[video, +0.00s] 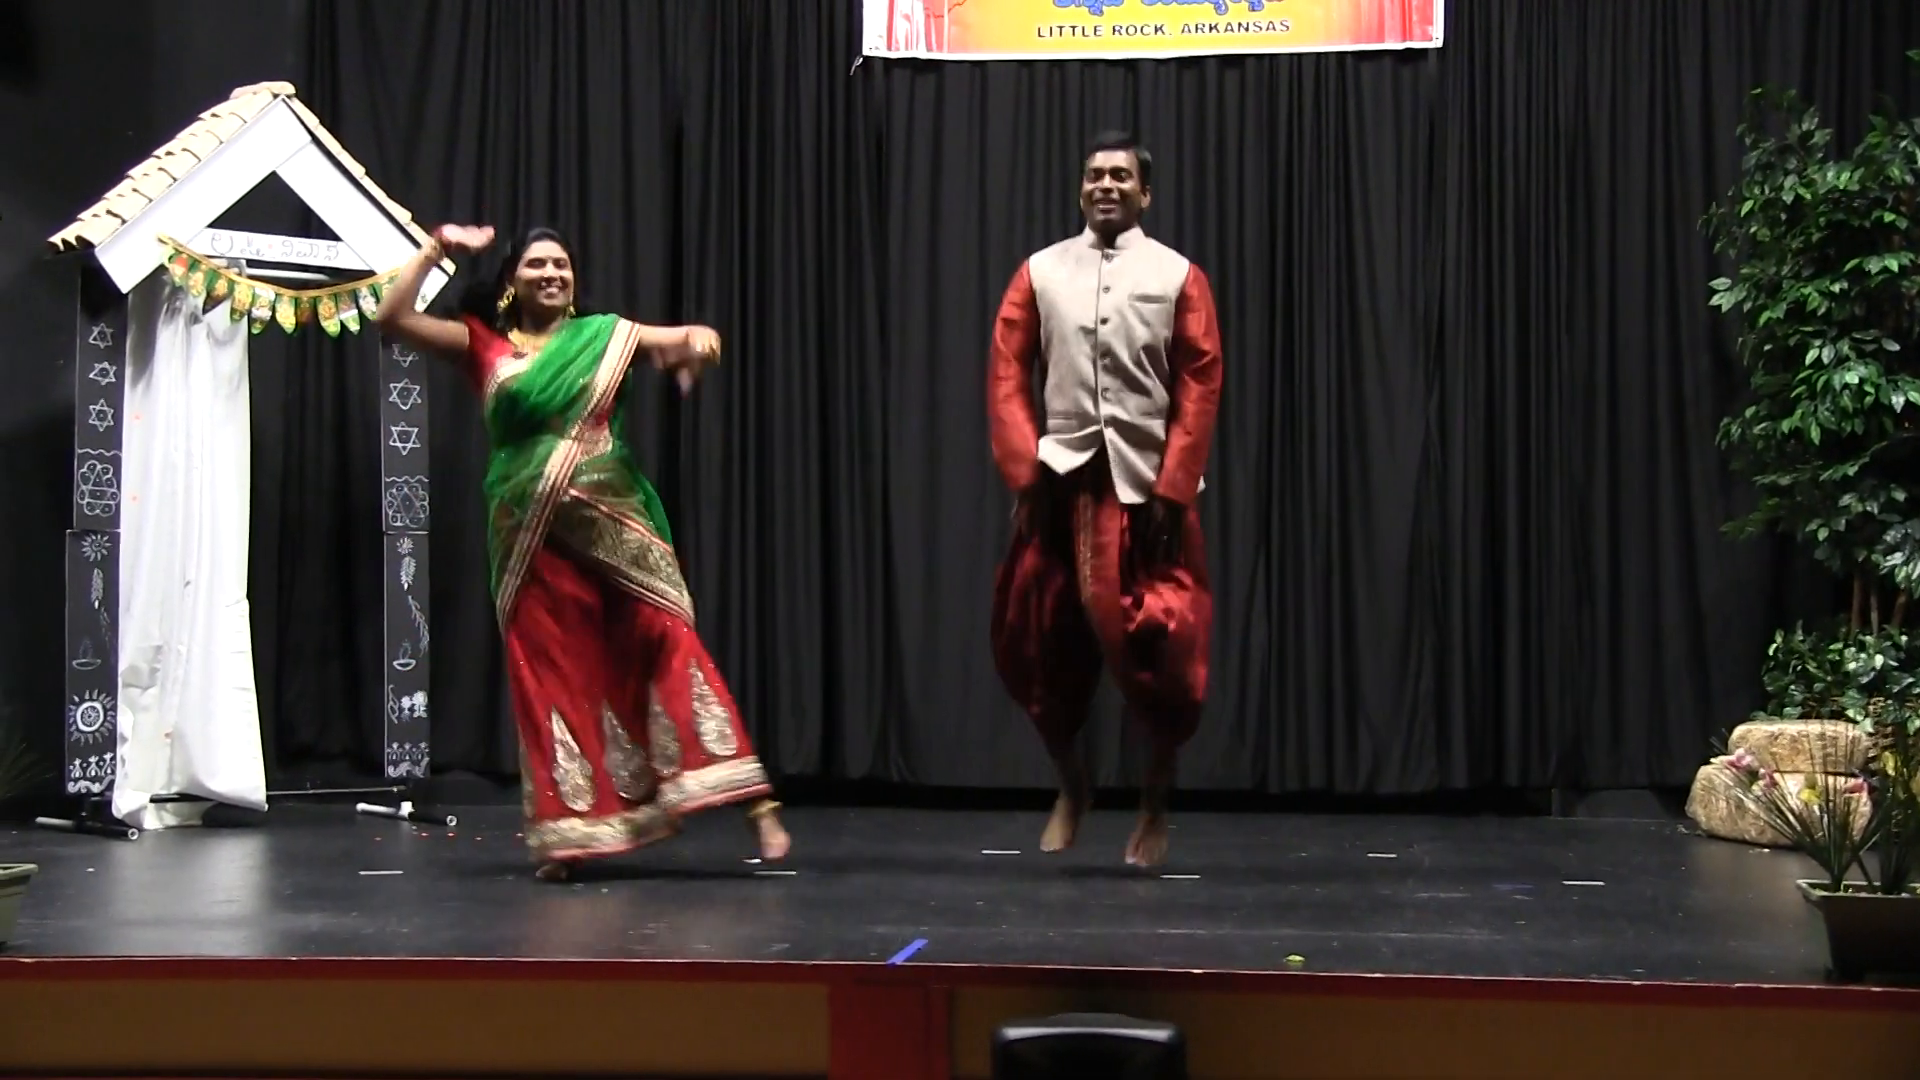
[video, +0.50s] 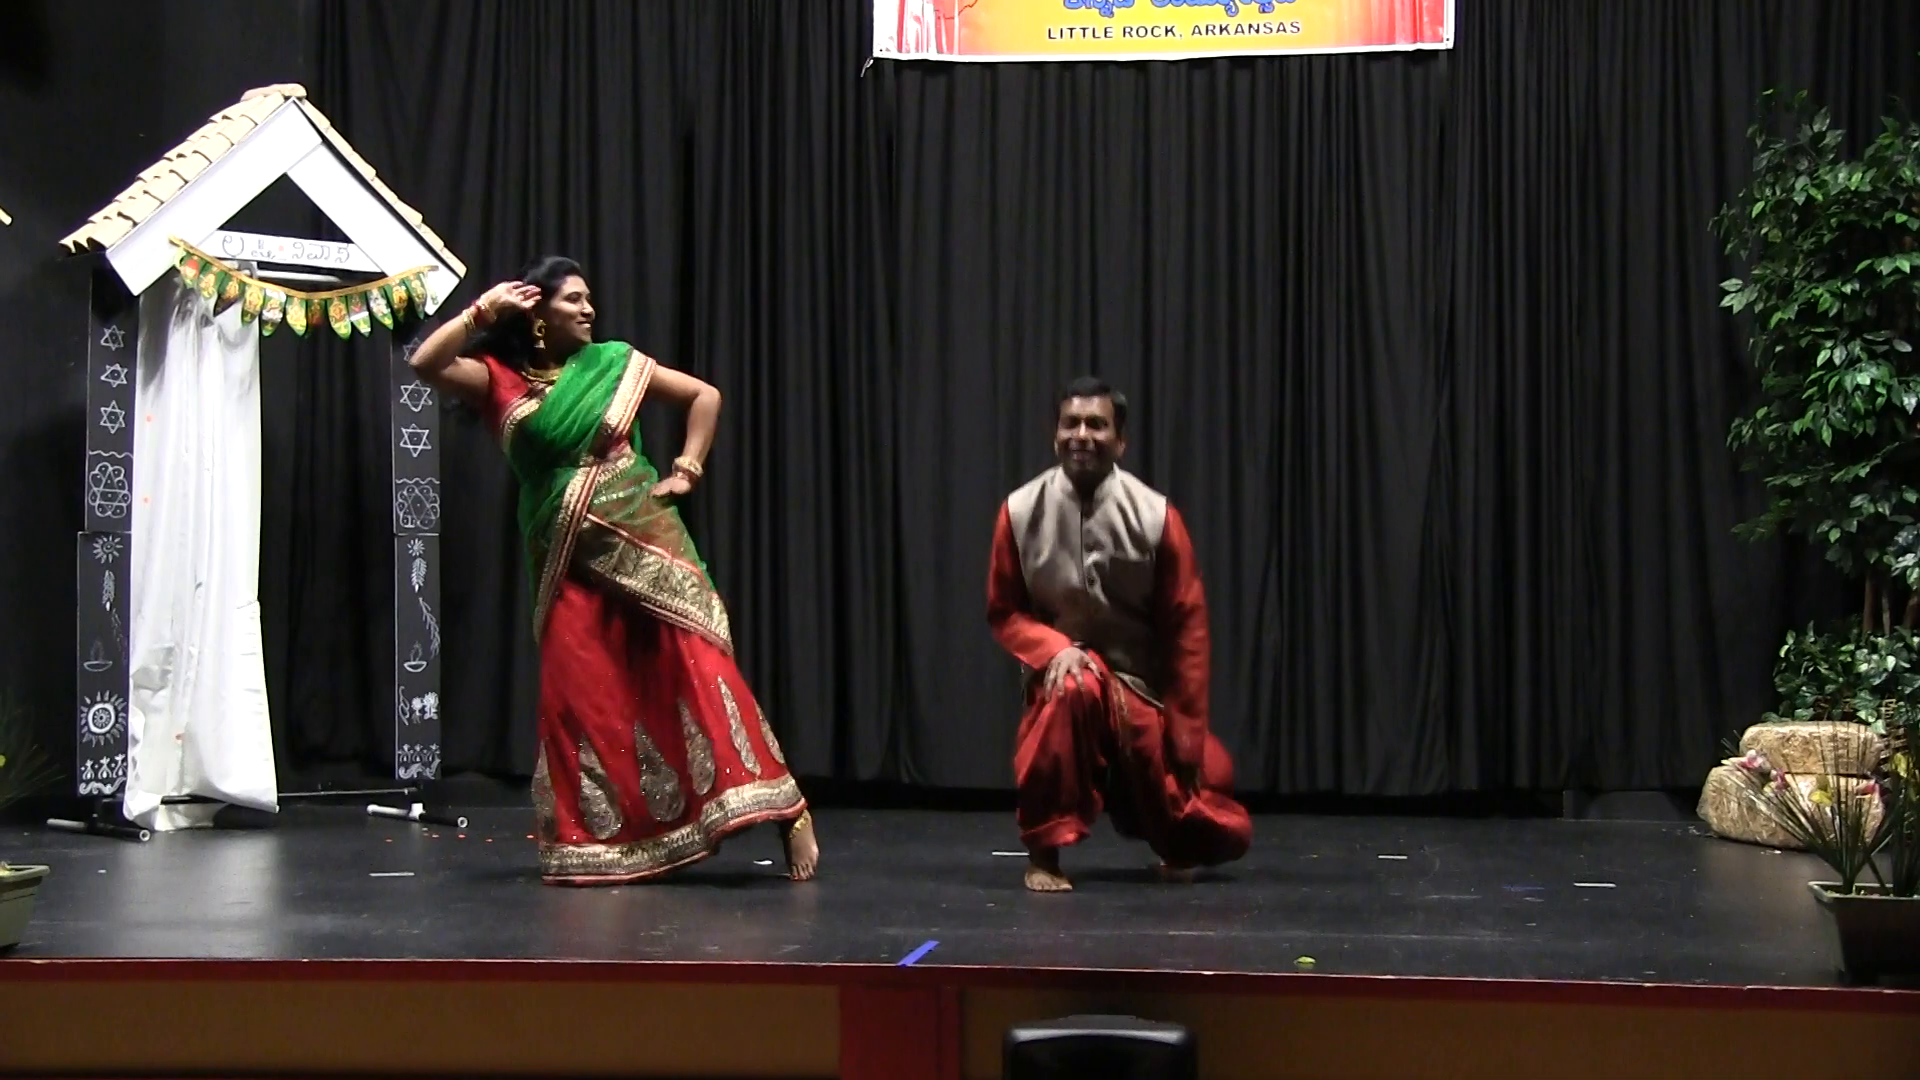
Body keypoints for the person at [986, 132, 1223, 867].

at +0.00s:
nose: (1106, 185)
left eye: (1120, 175)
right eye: (1096, 175)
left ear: (1144, 191)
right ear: (1080, 189)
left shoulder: (1177, 275)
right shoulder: (1041, 270)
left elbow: (1201, 382)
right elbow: (1006, 371)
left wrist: (1175, 485)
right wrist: (1024, 467)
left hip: (1147, 481)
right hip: (1058, 478)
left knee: (1159, 645)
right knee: (1043, 635)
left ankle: (1153, 814)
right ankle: (1070, 790)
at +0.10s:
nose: (1097, 196)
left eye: (1111, 187)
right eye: (1087, 186)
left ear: (1136, 201)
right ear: (1072, 198)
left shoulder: (1171, 277)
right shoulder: (1037, 278)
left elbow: (1202, 382)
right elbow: (1000, 374)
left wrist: (1177, 486)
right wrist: (1028, 461)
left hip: (1151, 489)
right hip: (1059, 486)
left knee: (1180, 642)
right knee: (1033, 634)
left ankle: (1169, 786)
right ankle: (1037, 802)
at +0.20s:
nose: (1089, 247)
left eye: (1102, 238)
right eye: (1079, 237)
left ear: (1126, 251)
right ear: (1063, 248)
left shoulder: (1166, 325)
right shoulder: (1035, 325)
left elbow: (1202, 425)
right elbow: (1000, 420)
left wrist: (1182, 532)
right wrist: (1030, 490)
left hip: (1158, 538)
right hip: (1063, 534)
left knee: (1190, 674)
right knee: (1025, 667)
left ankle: (1174, 806)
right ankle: (1030, 831)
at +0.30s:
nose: (1085, 320)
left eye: (1098, 309)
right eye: (1074, 309)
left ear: (1121, 322)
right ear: (1057, 321)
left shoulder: (1161, 405)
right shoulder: (1026, 402)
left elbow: (1198, 506)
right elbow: (997, 499)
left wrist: (1185, 610)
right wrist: (1031, 561)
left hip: (1147, 602)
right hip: (1061, 600)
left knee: (1187, 726)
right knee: (1018, 704)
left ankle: (1174, 819)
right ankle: (1035, 850)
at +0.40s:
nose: (1077, 384)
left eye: (1090, 372)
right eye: (1065, 375)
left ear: (1116, 386)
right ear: (1054, 390)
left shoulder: (1156, 470)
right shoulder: (1023, 466)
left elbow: (1190, 576)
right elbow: (1000, 567)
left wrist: (1183, 677)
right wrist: (1043, 625)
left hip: (1139, 637)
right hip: (1063, 632)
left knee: (1156, 714)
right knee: (1063, 694)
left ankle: (1178, 834)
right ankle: (1040, 852)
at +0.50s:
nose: (1081, 436)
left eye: (1096, 425)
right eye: (1070, 424)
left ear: (1119, 440)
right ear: (1056, 435)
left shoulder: (1154, 515)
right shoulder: (1021, 512)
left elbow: (1187, 625)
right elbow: (1005, 613)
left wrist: (1188, 732)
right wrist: (1056, 650)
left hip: (1139, 677)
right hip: (1061, 671)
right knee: (1076, 687)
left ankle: (1175, 849)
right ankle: (1043, 856)